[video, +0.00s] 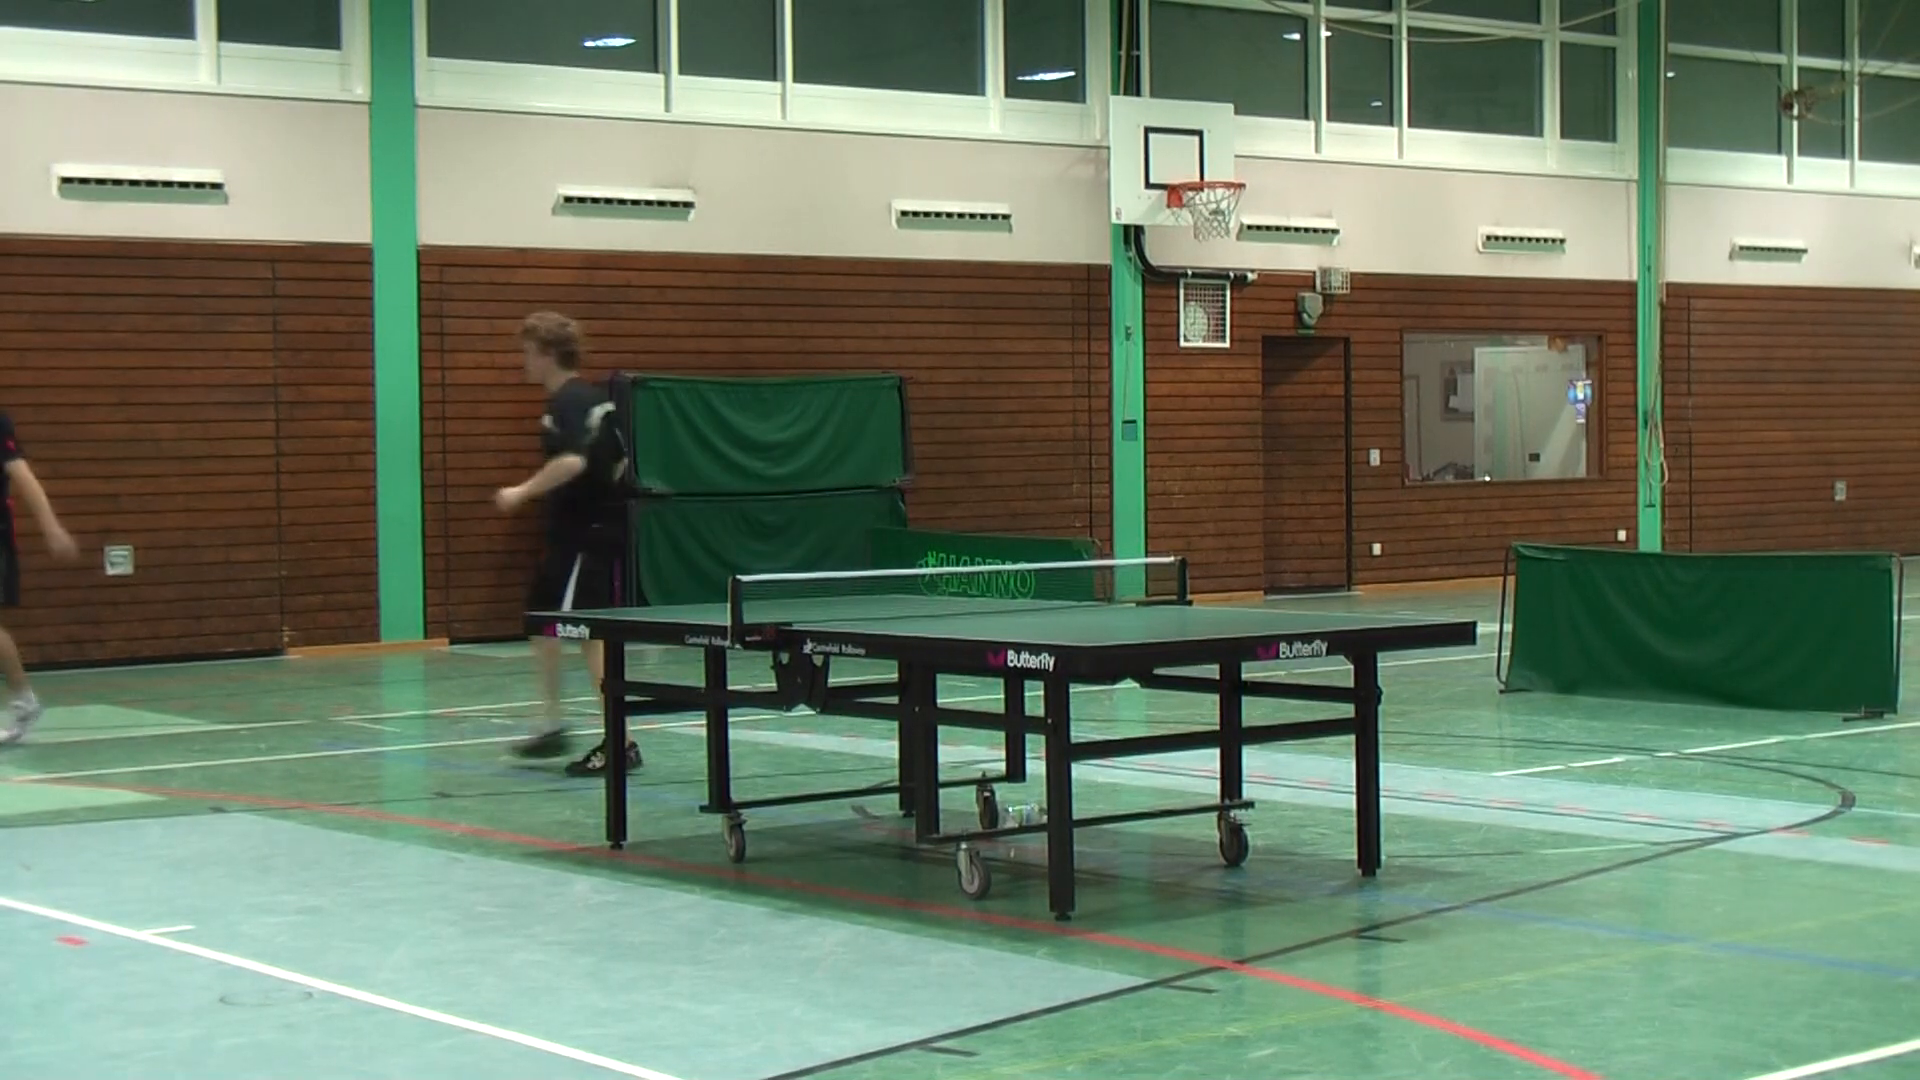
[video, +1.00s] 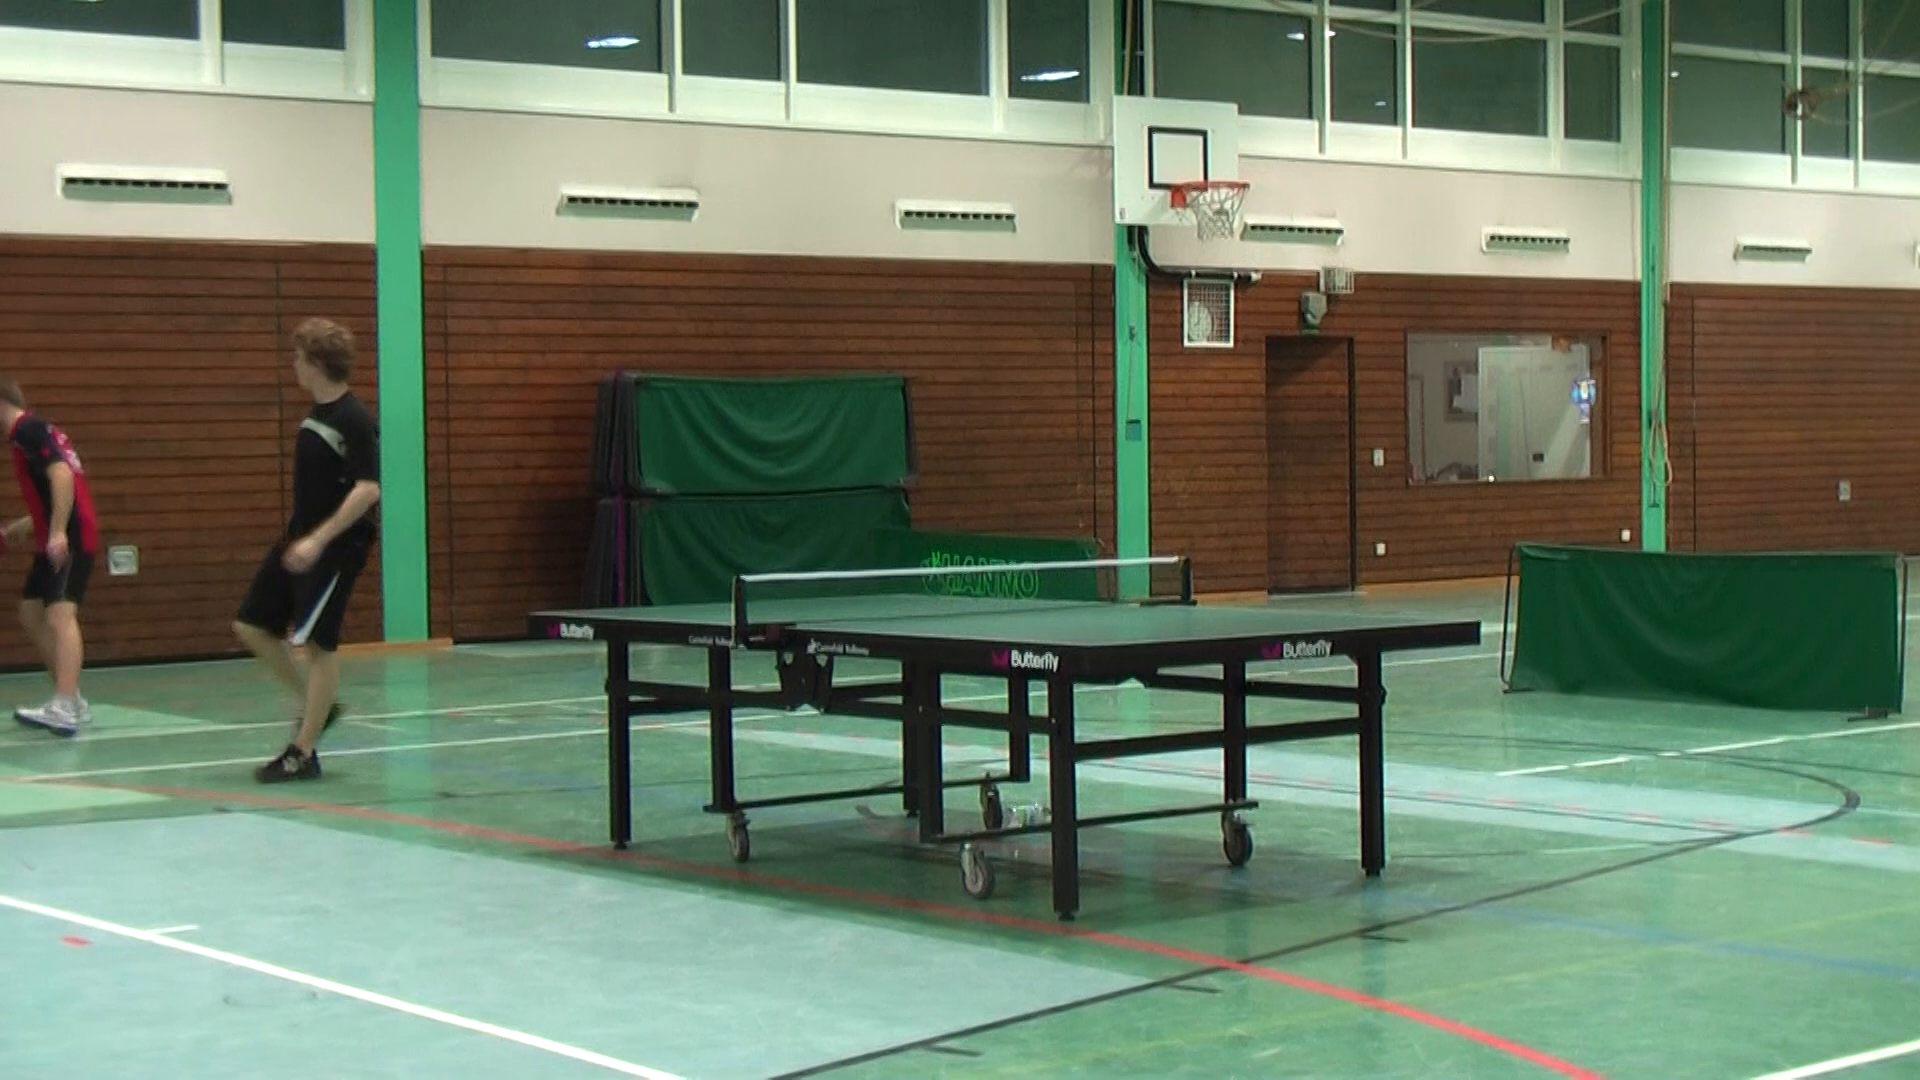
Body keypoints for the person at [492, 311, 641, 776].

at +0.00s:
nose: (524, 361)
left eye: (528, 353)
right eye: (524, 353)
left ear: (550, 355)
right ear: (556, 355)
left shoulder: (569, 401)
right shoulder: (590, 397)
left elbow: (572, 460)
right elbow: (617, 461)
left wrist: (521, 491)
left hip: (586, 535)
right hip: (583, 532)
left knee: (595, 634)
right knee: (543, 623)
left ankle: (618, 739)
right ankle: (552, 726)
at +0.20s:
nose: (463, 375)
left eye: (468, 367)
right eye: (464, 367)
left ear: (490, 370)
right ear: (496, 371)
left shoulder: (503, 415)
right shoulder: (518, 413)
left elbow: (495, 474)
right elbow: (561, 477)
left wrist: (441, 509)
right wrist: (541, 524)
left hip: (514, 548)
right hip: (500, 547)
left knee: (531, 644)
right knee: (466, 642)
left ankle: (607, 730)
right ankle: (451, 743)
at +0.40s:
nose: (409, 360)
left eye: (415, 353)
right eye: (410, 353)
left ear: (438, 357)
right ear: (435, 357)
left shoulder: (457, 404)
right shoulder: (435, 406)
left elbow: (467, 471)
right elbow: (437, 488)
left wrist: (445, 538)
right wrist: (420, 549)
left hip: (465, 534)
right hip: (445, 534)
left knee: (424, 633)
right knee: (432, 637)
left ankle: (506, 710)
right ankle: (449, 743)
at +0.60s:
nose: (365, 360)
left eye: (372, 353)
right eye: (367, 353)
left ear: (395, 359)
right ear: (389, 359)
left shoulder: (420, 409)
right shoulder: (389, 409)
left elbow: (452, 468)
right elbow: (389, 479)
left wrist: (455, 535)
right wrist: (341, 503)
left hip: (412, 545)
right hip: (402, 543)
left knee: (365, 634)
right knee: (431, 639)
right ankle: (450, 742)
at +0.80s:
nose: (326, 369)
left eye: (332, 361)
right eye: (328, 361)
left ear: (352, 367)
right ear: (358, 368)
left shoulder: (379, 421)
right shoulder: (348, 417)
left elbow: (402, 491)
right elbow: (344, 483)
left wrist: (406, 559)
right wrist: (300, 505)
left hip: (364, 554)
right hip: (341, 550)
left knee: (331, 647)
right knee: (361, 645)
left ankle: (301, 751)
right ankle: (425, 720)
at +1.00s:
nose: (294, 365)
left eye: (298, 357)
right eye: (295, 357)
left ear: (316, 364)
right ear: (328, 362)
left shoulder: (356, 418)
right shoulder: (317, 412)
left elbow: (368, 489)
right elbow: (320, 483)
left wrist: (316, 540)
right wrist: (298, 531)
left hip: (337, 547)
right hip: (300, 538)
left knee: (313, 644)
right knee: (252, 626)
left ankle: (304, 752)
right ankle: (319, 704)